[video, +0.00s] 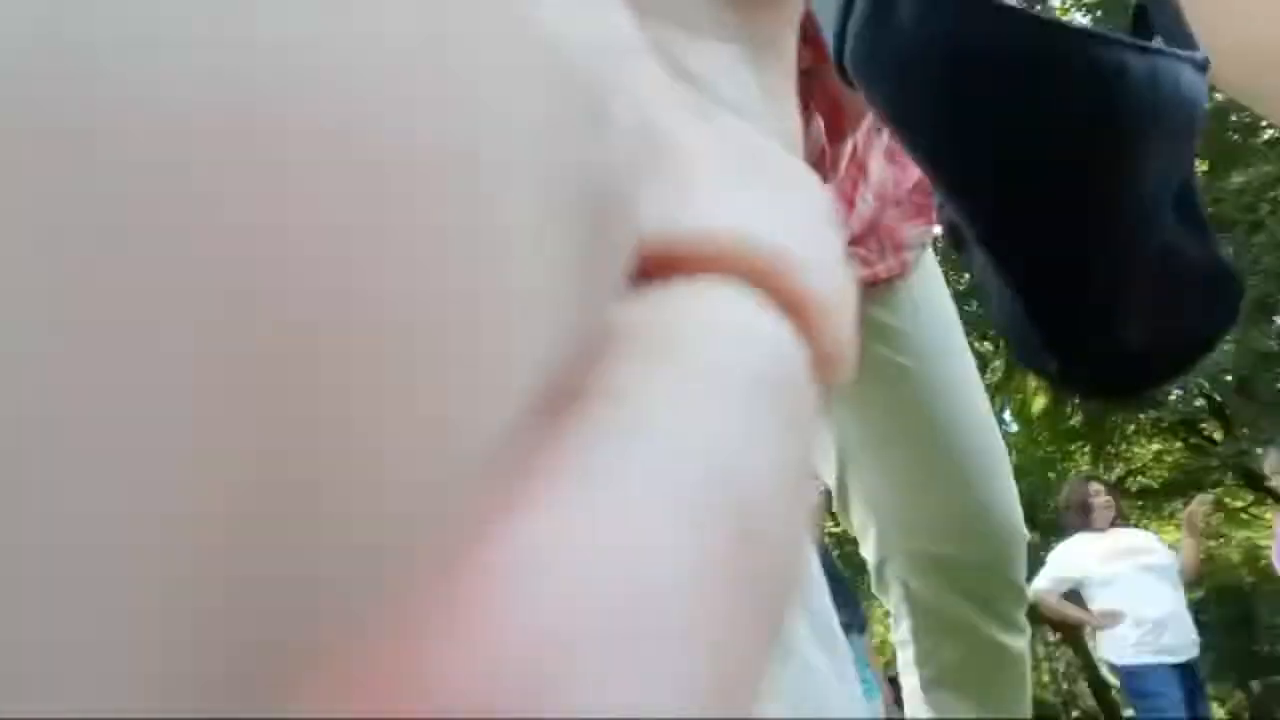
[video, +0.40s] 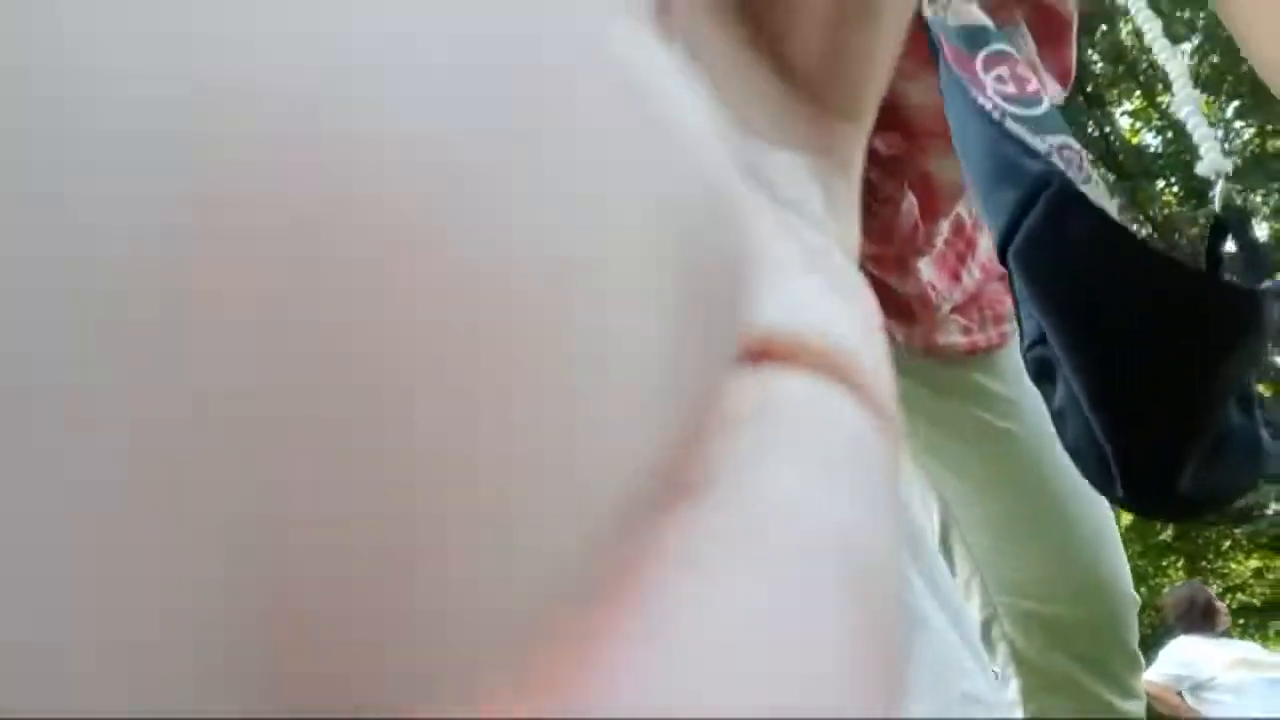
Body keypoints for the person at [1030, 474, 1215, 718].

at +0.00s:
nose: (1107, 500)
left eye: (1108, 494)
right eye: (1096, 495)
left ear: (1114, 499)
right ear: (1080, 505)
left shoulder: (1143, 537)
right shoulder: (1075, 548)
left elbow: (1188, 574)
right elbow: (1040, 593)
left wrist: (1191, 529)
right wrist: (1088, 618)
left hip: (1183, 649)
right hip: (1138, 656)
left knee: (1198, 713)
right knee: (1170, 713)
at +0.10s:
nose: (1172, 504)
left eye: (1171, 498)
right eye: (1161, 500)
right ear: (1143, 510)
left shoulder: (1203, 544)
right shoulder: (1135, 552)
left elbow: (1253, 577)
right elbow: (1098, 598)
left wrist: (1276, 543)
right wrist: (1151, 623)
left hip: (1250, 656)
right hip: (1204, 661)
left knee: (1267, 713)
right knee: (1240, 714)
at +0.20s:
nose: (1229, 522)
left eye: (1225, 517)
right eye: (1221, 518)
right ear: (1207, 528)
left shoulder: (1249, 564)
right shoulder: (1191, 570)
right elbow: (1153, 614)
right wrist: (1206, 644)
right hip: (1253, 684)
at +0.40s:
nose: (1224, 605)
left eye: (1219, 599)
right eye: (1216, 600)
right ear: (1201, 609)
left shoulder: (1248, 646)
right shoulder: (1185, 647)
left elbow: (1153, 687)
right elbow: (1152, 686)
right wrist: (1193, 715)